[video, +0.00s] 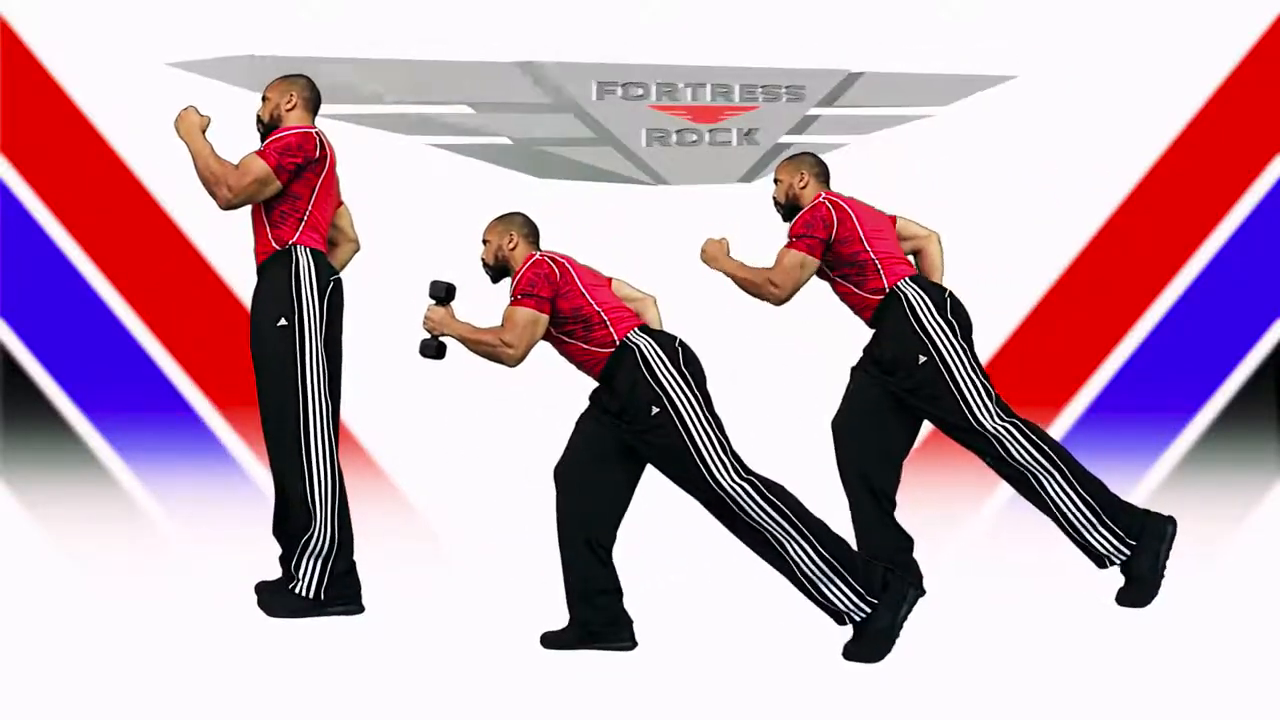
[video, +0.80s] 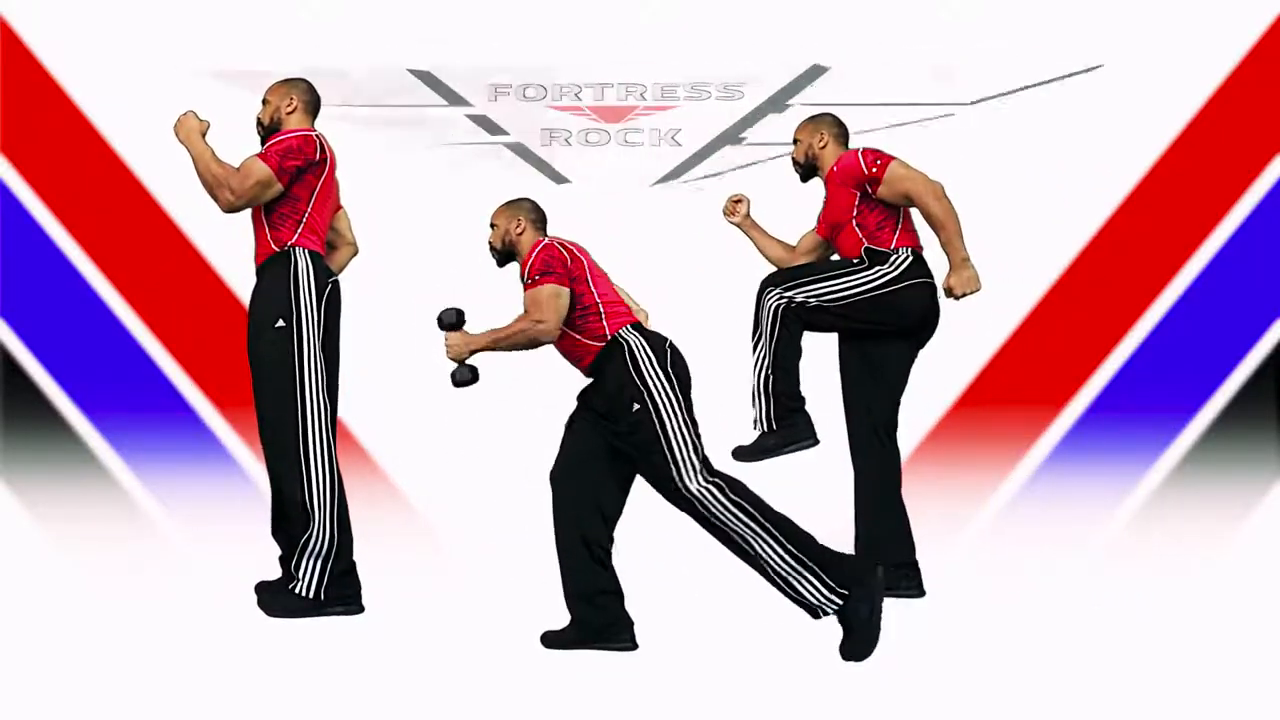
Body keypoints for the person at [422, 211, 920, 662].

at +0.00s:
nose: (483, 253)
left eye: (489, 243)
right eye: (484, 245)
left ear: (516, 239)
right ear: (523, 243)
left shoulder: (537, 270)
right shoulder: (565, 271)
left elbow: (510, 348)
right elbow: (643, 302)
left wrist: (447, 324)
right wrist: (653, 369)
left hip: (648, 367)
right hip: (625, 384)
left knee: (731, 489)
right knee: (580, 484)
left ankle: (872, 599)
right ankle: (600, 622)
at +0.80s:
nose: (490, 235)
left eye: (497, 225)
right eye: (490, 229)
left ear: (524, 223)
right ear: (523, 229)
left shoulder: (546, 252)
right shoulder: (559, 261)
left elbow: (544, 323)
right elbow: (634, 313)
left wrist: (476, 343)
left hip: (636, 363)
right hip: (610, 384)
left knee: (693, 484)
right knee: (576, 487)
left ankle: (843, 588)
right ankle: (600, 620)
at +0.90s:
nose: (498, 223)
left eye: (502, 212)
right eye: (498, 215)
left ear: (527, 210)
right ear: (531, 212)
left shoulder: (557, 238)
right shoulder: (542, 260)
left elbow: (569, 299)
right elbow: (602, 328)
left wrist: (505, 345)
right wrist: (584, 376)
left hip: (630, 353)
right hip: (604, 371)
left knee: (634, 487)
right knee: (577, 489)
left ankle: (778, 569)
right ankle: (601, 621)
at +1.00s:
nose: (511, 208)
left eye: (516, 198)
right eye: (511, 200)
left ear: (540, 196)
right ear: (542, 197)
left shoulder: (567, 222)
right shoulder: (559, 246)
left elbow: (599, 277)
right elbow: (583, 340)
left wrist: (549, 339)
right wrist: (549, 358)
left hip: (624, 341)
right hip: (607, 353)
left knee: (556, 455)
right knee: (588, 481)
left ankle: (663, 557)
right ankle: (600, 620)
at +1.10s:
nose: (521, 196)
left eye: (526, 186)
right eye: (522, 188)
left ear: (549, 184)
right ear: (553, 185)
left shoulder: (578, 211)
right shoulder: (566, 239)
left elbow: (626, 258)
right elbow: (576, 324)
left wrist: (592, 326)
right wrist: (511, 322)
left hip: (612, 343)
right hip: (616, 356)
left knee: (508, 398)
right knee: (591, 486)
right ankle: (603, 619)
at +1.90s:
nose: (526, 192)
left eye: (531, 182)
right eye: (526, 184)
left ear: (556, 181)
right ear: (557, 182)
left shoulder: (581, 211)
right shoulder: (569, 235)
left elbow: (612, 267)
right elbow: (578, 322)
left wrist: (566, 331)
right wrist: (525, 328)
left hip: (614, 333)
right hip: (612, 342)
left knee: (534, 429)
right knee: (589, 479)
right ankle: (601, 621)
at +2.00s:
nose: (517, 202)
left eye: (521, 192)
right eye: (516, 194)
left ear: (546, 188)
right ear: (549, 190)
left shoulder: (575, 220)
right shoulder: (559, 241)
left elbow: (587, 287)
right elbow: (595, 326)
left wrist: (517, 325)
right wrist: (551, 355)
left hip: (622, 341)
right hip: (598, 355)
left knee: (601, 470)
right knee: (577, 480)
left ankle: (733, 558)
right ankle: (602, 619)